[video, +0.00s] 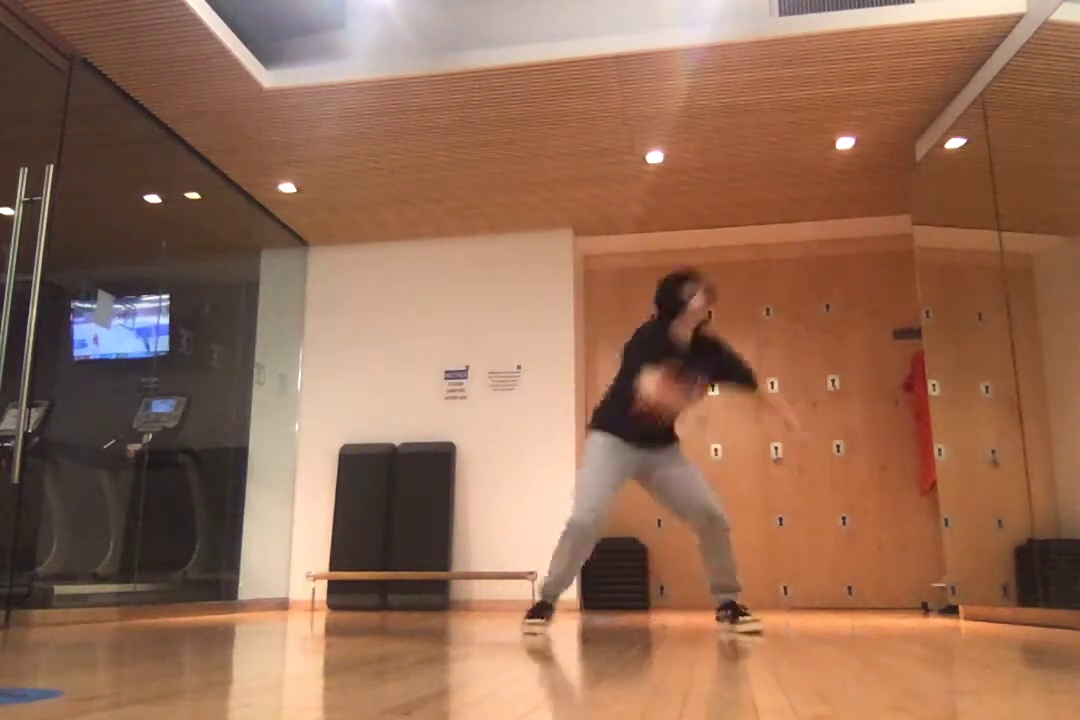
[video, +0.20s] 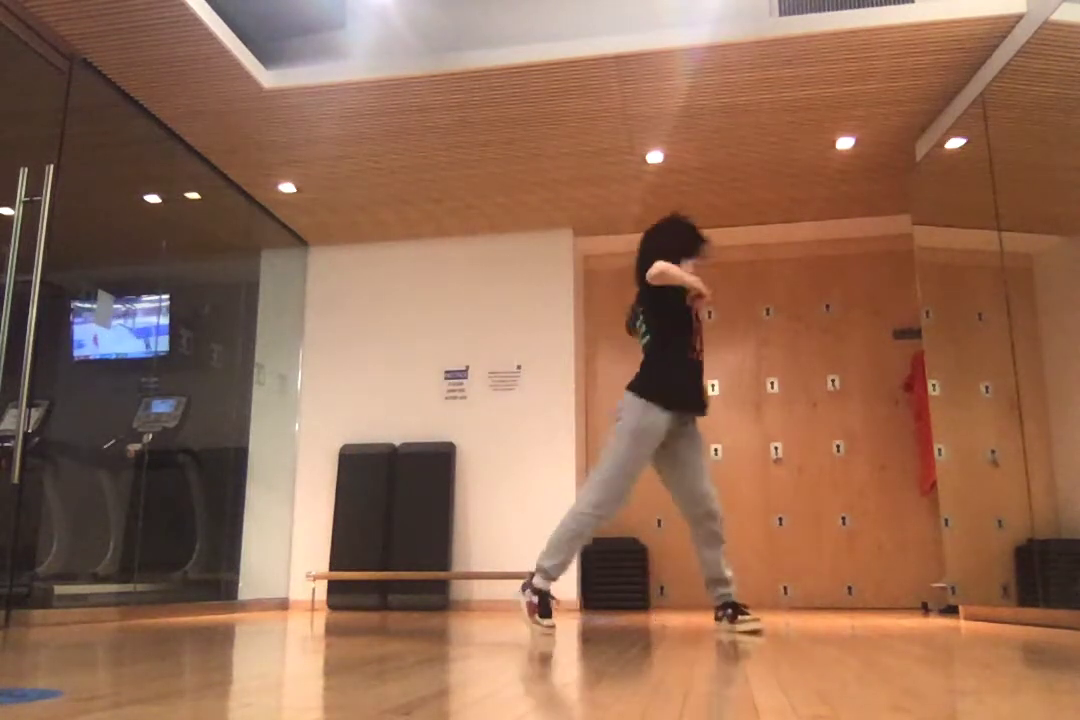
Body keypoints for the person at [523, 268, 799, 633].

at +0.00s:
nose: (705, 301)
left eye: (706, 295)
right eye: (696, 295)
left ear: (707, 303)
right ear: (676, 301)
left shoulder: (707, 348)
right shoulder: (648, 339)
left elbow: (750, 384)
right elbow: (649, 389)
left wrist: (784, 415)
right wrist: (691, 397)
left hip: (660, 447)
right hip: (613, 441)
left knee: (711, 518)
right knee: (585, 519)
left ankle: (728, 606)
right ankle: (545, 603)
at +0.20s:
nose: (696, 264)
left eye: (697, 258)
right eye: (692, 256)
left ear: (665, 253)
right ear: (675, 253)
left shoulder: (670, 296)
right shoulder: (659, 284)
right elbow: (657, 272)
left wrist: (694, 309)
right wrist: (694, 284)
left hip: (679, 415)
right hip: (647, 407)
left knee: (705, 511)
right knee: (602, 498)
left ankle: (726, 602)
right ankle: (539, 583)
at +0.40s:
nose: (690, 253)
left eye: (686, 244)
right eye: (683, 244)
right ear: (663, 253)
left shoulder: (674, 297)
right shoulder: (655, 288)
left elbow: (700, 277)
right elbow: (664, 249)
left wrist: (690, 279)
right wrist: (692, 269)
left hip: (687, 415)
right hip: (657, 406)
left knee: (710, 509)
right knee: (615, 503)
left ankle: (725, 603)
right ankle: (548, 580)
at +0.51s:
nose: (682, 242)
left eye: (677, 235)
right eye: (666, 235)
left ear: (663, 251)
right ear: (650, 248)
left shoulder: (681, 293)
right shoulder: (656, 285)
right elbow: (655, 234)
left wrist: (694, 283)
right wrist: (689, 246)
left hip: (690, 414)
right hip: (660, 405)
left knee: (711, 509)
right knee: (620, 499)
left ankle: (723, 603)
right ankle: (552, 578)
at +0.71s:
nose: (671, 245)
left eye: (674, 238)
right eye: (664, 238)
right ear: (641, 247)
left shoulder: (663, 292)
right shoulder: (641, 288)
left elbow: (668, 269)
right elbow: (628, 242)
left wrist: (672, 243)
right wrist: (655, 217)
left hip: (695, 408)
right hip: (664, 403)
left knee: (712, 506)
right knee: (627, 497)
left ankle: (720, 600)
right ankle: (560, 575)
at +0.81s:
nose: (642, 256)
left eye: (640, 250)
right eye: (634, 250)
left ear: (629, 262)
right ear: (617, 259)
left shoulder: (652, 298)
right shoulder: (619, 295)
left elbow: (682, 288)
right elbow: (655, 246)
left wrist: (675, 248)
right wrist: (656, 216)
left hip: (693, 406)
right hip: (661, 404)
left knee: (712, 505)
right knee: (626, 499)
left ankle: (721, 600)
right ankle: (553, 577)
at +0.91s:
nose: (623, 270)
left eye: (629, 264)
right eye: (615, 262)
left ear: (636, 268)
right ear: (597, 269)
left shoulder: (639, 306)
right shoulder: (600, 301)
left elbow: (689, 289)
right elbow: (660, 278)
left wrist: (674, 242)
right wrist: (650, 231)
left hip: (677, 410)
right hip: (641, 410)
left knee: (708, 504)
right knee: (615, 507)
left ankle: (722, 598)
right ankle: (546, 584)